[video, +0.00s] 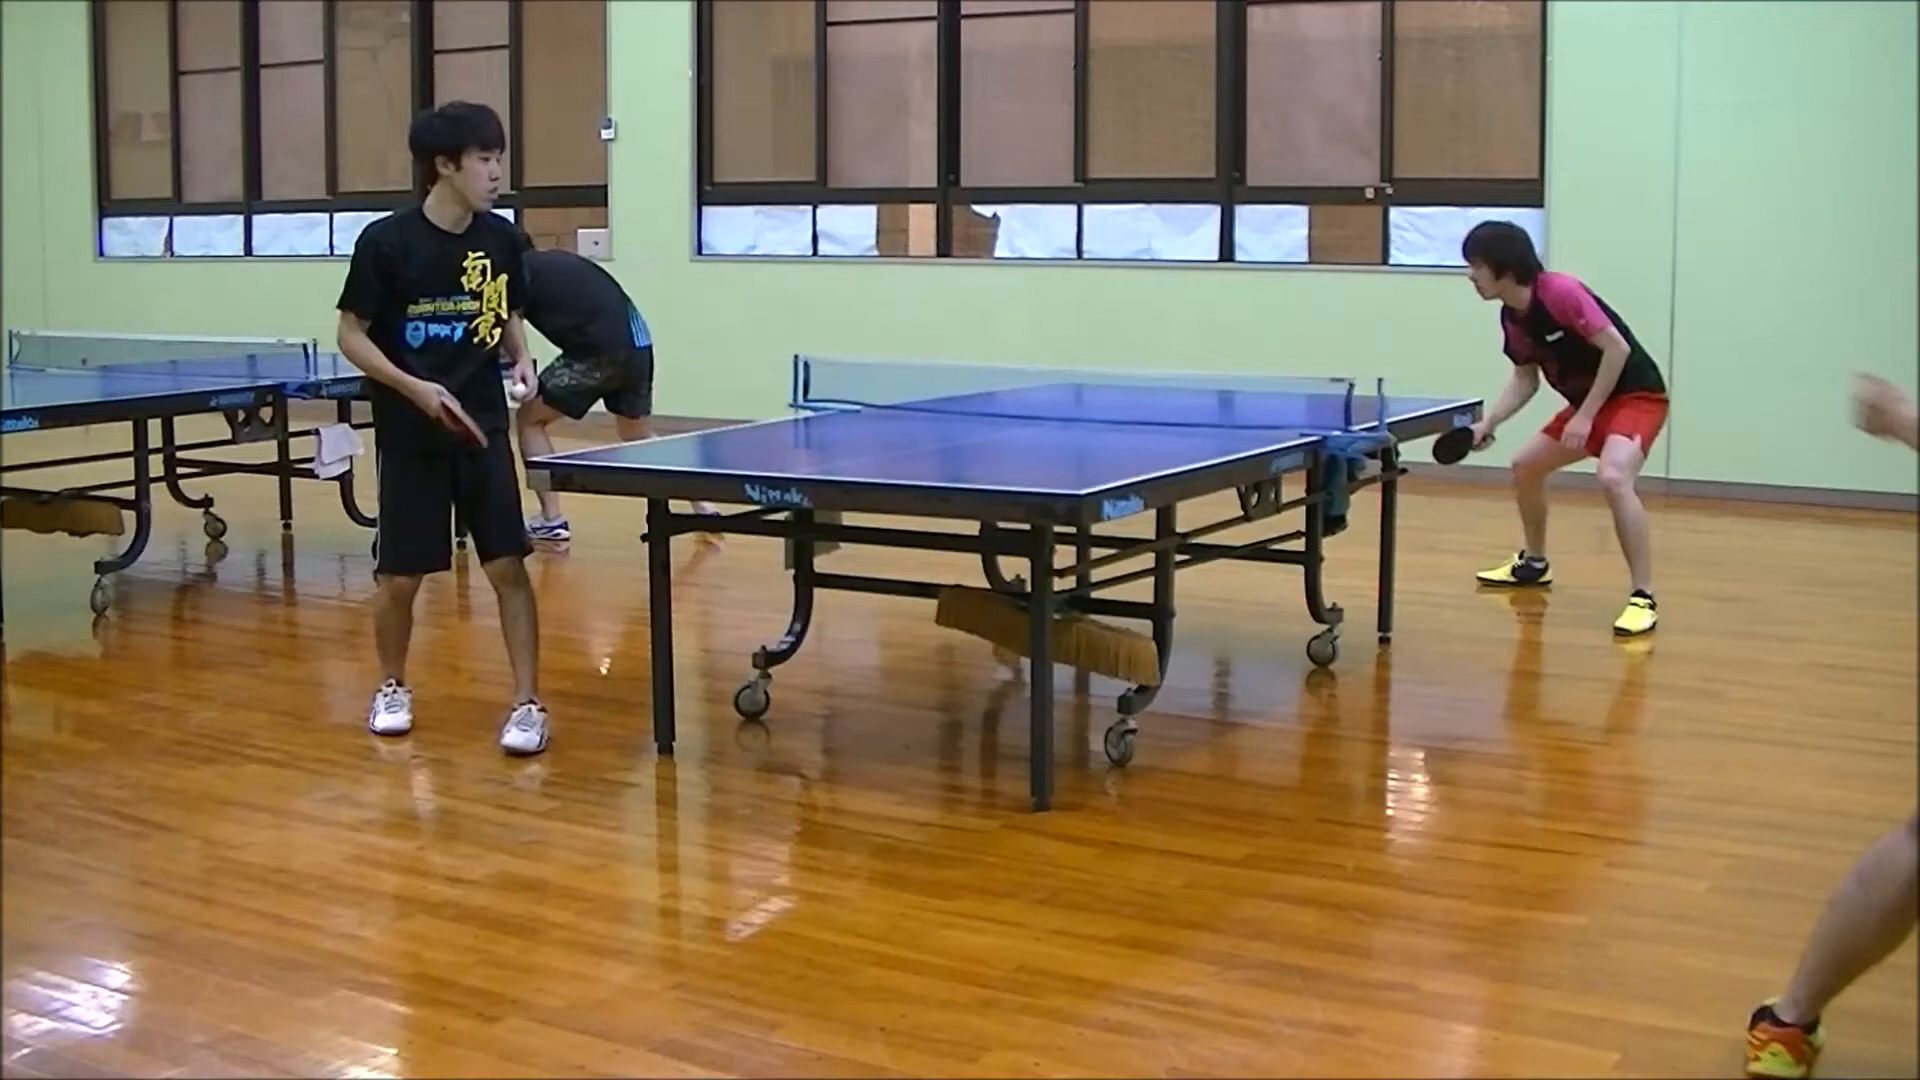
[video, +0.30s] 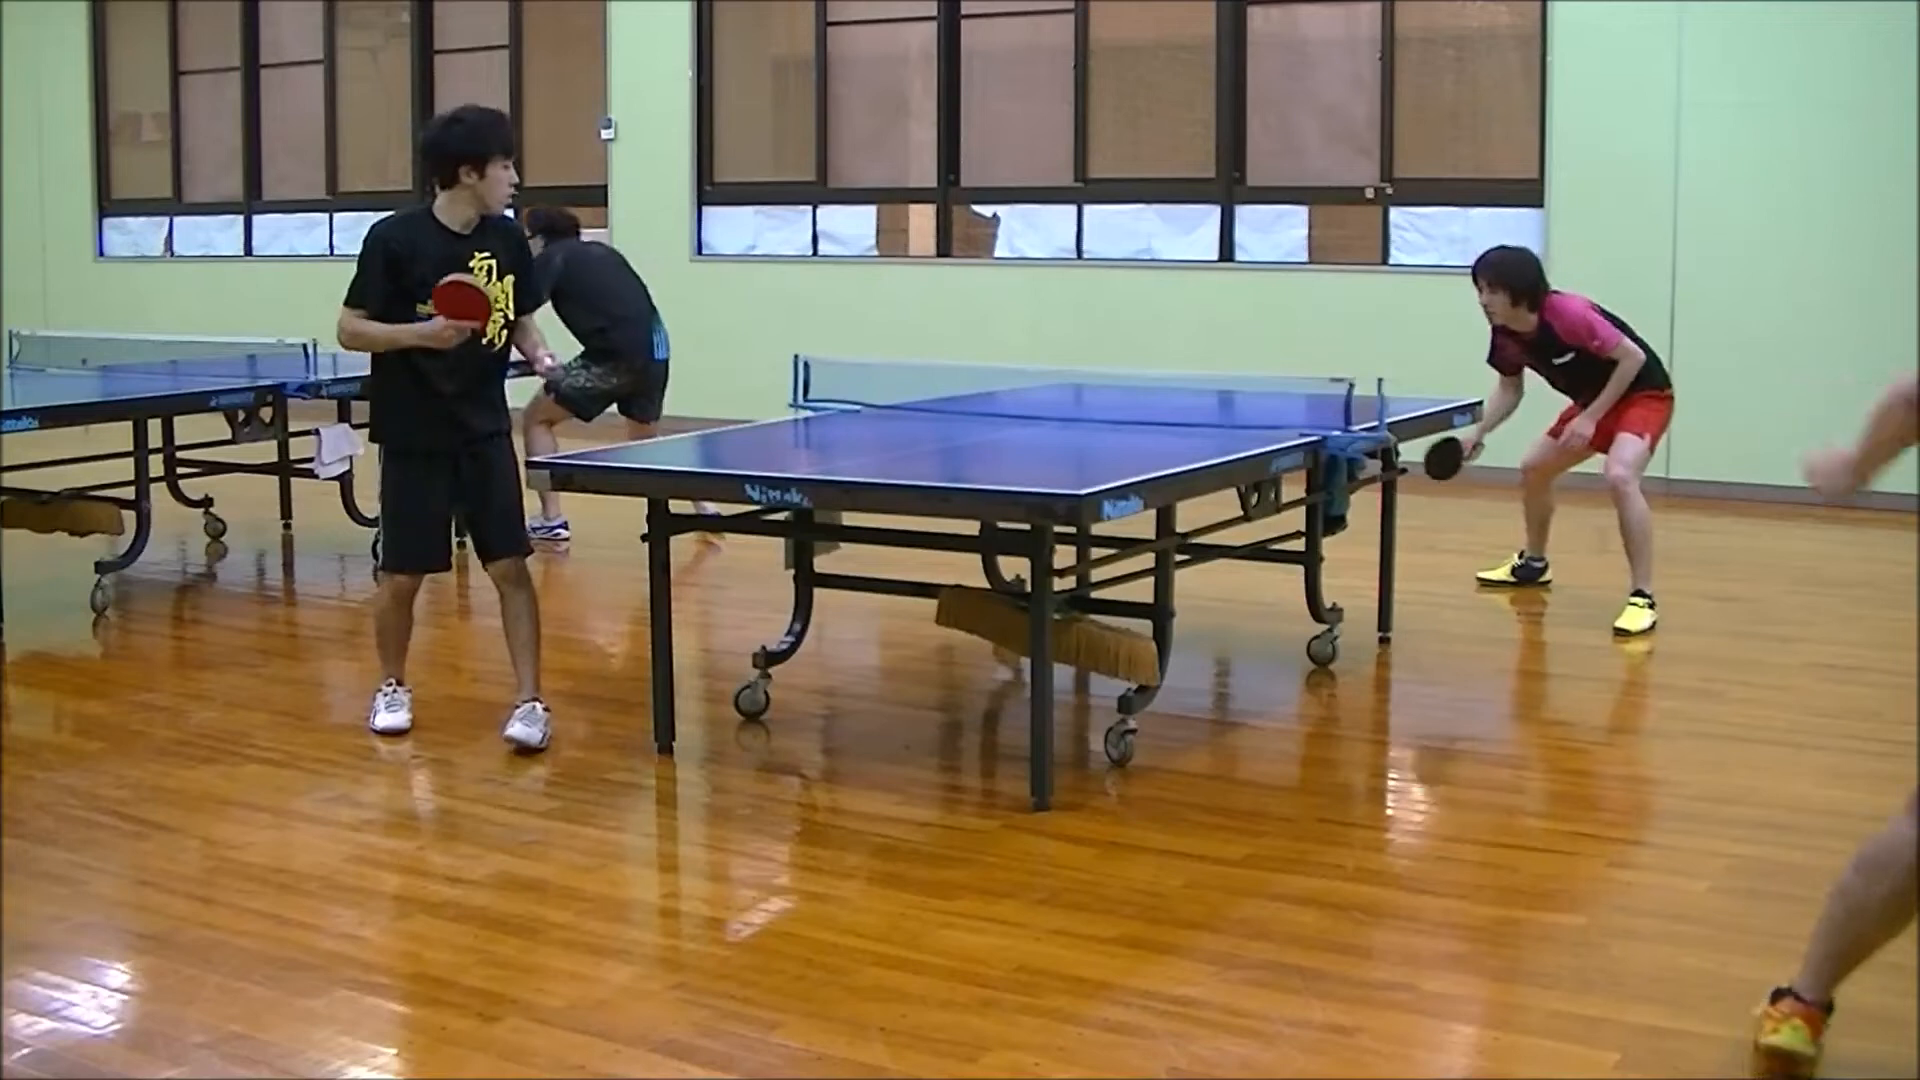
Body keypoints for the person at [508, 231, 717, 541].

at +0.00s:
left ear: (505, 251)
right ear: (527, 242)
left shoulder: (517, 271)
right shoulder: (560, 258)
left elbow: (507, 342)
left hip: (596, 354)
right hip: (639, 349)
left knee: (530, 420)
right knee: (638, 435)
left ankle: (551, 520)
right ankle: (703, 507)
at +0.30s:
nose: (525, 244)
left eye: (527, 237)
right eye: (526, 237)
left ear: (541, 238)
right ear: (571, 233)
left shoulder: (552, 258)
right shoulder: (601, 251)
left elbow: (519, 307)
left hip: (613, 356)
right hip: (655, 354)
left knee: (536, 419)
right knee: (643, 440)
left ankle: (551, 519)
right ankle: (705, 507)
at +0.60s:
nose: (578, 197)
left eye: (583, 191)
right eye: (580, 191)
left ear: (597, 197)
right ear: (625, 201)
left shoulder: (600, 218)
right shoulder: (648, 235)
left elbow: (531, 208)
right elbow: (644, 274)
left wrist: (497, 187)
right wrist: (595, 277)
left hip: (632, 344)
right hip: (675, 348)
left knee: (559, 418)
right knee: (660, 434)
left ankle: (552, 520)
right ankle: (706, 508)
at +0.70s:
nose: (594, 188)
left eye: (600, 182)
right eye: (597, 181)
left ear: (616, 188)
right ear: (642, 194)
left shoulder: (617, 212)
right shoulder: (663, 230)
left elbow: (550, 208)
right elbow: (647, 271)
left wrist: (509, 181)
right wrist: (602, 266)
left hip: (640, 341)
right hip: (682, 346)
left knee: (569, 417)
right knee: (665, 434)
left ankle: (553, 519)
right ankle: (708, 509)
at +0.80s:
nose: (610, 181)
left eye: (614, 175)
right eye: (612, 174)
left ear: (629, 182)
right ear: (657, 189)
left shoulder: (624, 210)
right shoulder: (678, 226)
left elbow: (554, 211)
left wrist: (511, 202)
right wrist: (659, 273)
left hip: (649, 334)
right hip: (692, 340)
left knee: (582, 417)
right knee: (676, 431)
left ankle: (558, 517)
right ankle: (709, 513)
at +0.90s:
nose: (621, 176)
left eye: (626, 171)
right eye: (624, 170)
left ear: (639, 179)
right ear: (667, 185)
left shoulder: (631, 207)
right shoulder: (691, 219)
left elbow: (565, 220)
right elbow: (730, 272)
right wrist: (692, 285)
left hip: (656, 327)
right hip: (700, 332)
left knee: (592, 416)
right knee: (683, 425)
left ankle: (562, 515)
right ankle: (711, 512)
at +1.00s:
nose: (627, 176)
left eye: (633, 172)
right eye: (630, 171)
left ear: (645, 180)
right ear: (672, 186)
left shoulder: (632, 208)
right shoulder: (694, 218)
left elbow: (567, 231)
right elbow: (741, 262)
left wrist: (544, 252)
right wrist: (726, 284)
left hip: (657, 326)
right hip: (702, 331)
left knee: (592, 409)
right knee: (691, 423)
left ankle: (579, 513)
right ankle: (713, 514)